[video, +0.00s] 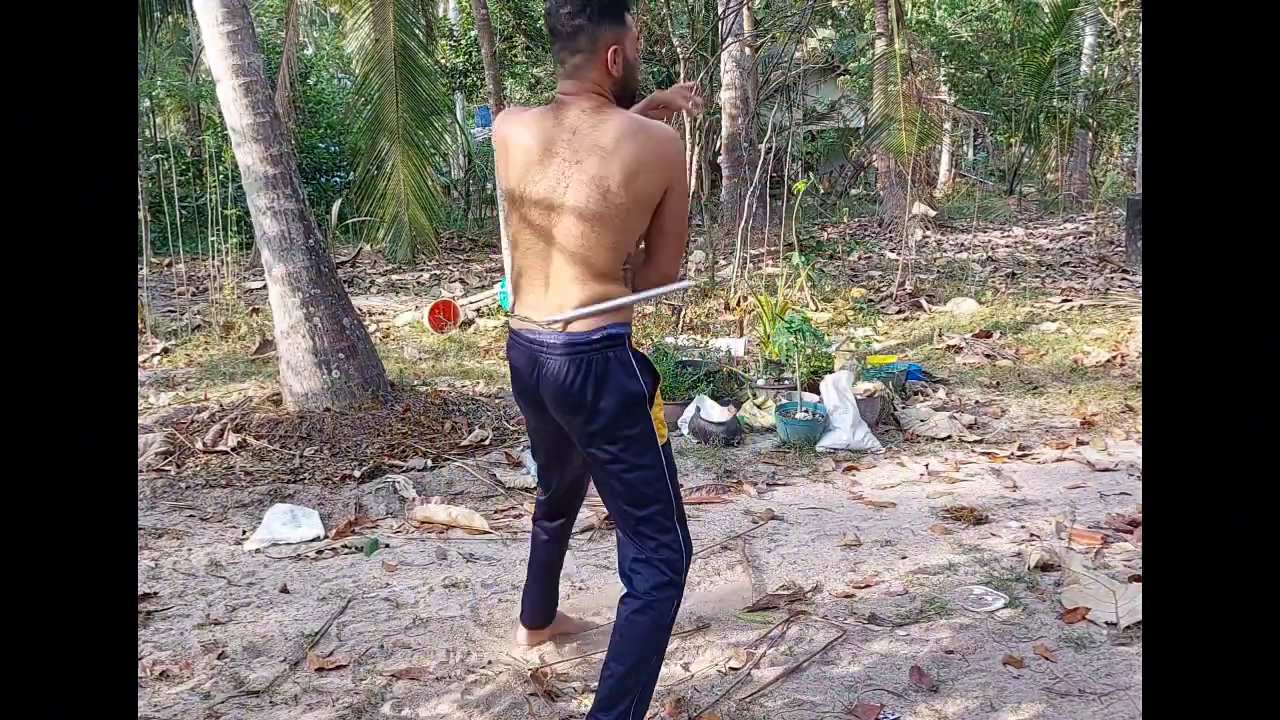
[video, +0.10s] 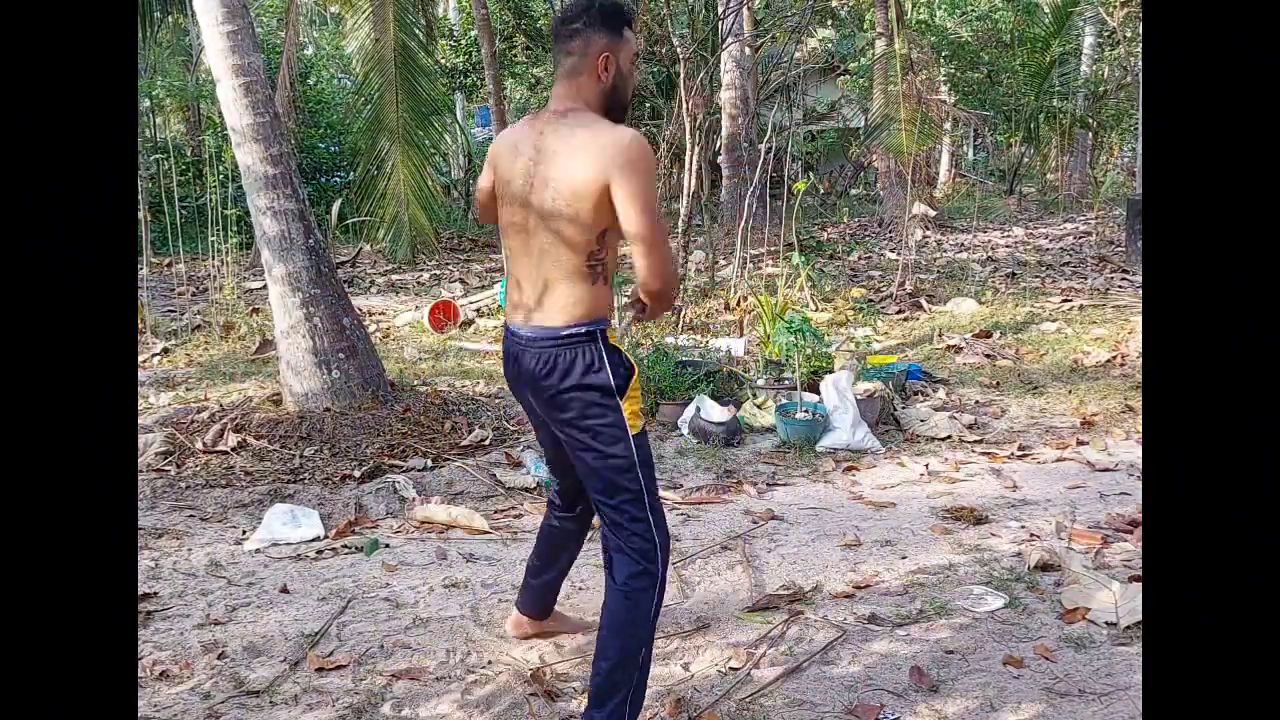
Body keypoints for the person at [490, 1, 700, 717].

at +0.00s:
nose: (635, 54)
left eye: (632, 40)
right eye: (633, 42)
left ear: (559, 53)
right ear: (615, 53)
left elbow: (574, 141)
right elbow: (660, 271)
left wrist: (647, 109)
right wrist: (590, 267)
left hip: (525, 356)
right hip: (597, 363)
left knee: (557, 490)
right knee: (658, 552)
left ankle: (536, 619)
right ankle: (614, 713)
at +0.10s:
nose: (635, 76)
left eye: (636, 62)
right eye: (633, 62)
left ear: (565, 61)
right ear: (604, 60)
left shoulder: (512, 139)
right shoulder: (619, 146)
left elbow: (485, 208)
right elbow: (655, 280)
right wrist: (654, 298)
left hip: (523, 354)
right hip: (578, 358)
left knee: (573, 495)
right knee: (641, 543)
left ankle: (533, 610)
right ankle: (611, 711)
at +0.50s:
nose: (612, 96)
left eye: (617, 83)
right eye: (603, 79)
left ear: (591, 80)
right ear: (559, 71)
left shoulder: (574, 156)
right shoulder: (508, 127)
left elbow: (534, 239)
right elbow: (406, 184)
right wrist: (448, 278)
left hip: (535, 319)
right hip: (490, 317)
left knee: (575, 472)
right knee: (536, 477)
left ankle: (533, 609)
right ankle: (466, 644)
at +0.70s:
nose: (556, 82)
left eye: (564, 69)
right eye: (544, 66)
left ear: (568, 70)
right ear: (505, 60)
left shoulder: (558, 138)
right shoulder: (456, 131)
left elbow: (584, 190)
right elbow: (383, 215)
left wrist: (593, 268)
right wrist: (457, 274)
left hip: (522, 317)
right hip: (463, 318)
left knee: (553, 470)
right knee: (438, 481)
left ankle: (528, 611)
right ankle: (358, 617)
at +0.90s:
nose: (506, 92)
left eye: (516, 79)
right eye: (493, 75)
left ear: (523, 78)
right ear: (459, 65)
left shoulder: (503, 135)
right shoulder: (430, 139)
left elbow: (573, 175)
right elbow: (455, 251)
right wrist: (521, 243)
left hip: (484, 319)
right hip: (429, 322)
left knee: (542, 464)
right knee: (401, 487)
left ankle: (530, 602)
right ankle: (349, 627)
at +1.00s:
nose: (500, 90)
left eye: (510, 76)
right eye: (485, 72)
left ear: (515, 79)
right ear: (452, 66)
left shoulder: (489, 137)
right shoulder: (435, 141)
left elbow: (568, 182)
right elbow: (478, 256)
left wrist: (522, 96)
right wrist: (524, 208)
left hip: (480, 319)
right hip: (428, 323)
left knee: (539, 461)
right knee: (403, 488)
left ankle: (535, 600)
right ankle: (349, 629)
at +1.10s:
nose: (505, 83)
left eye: (516, 71)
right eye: (491, 67)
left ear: (522, 78)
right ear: (458, 65)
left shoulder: (492, 140)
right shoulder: (450, 138)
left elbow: (576, 185)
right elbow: (492, 256)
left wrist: (532, 102)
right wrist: (500, 198)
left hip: (484, 324)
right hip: (437, 328)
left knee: (548, 466)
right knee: (408, 488)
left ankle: (535, 601)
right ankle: (347, 631)